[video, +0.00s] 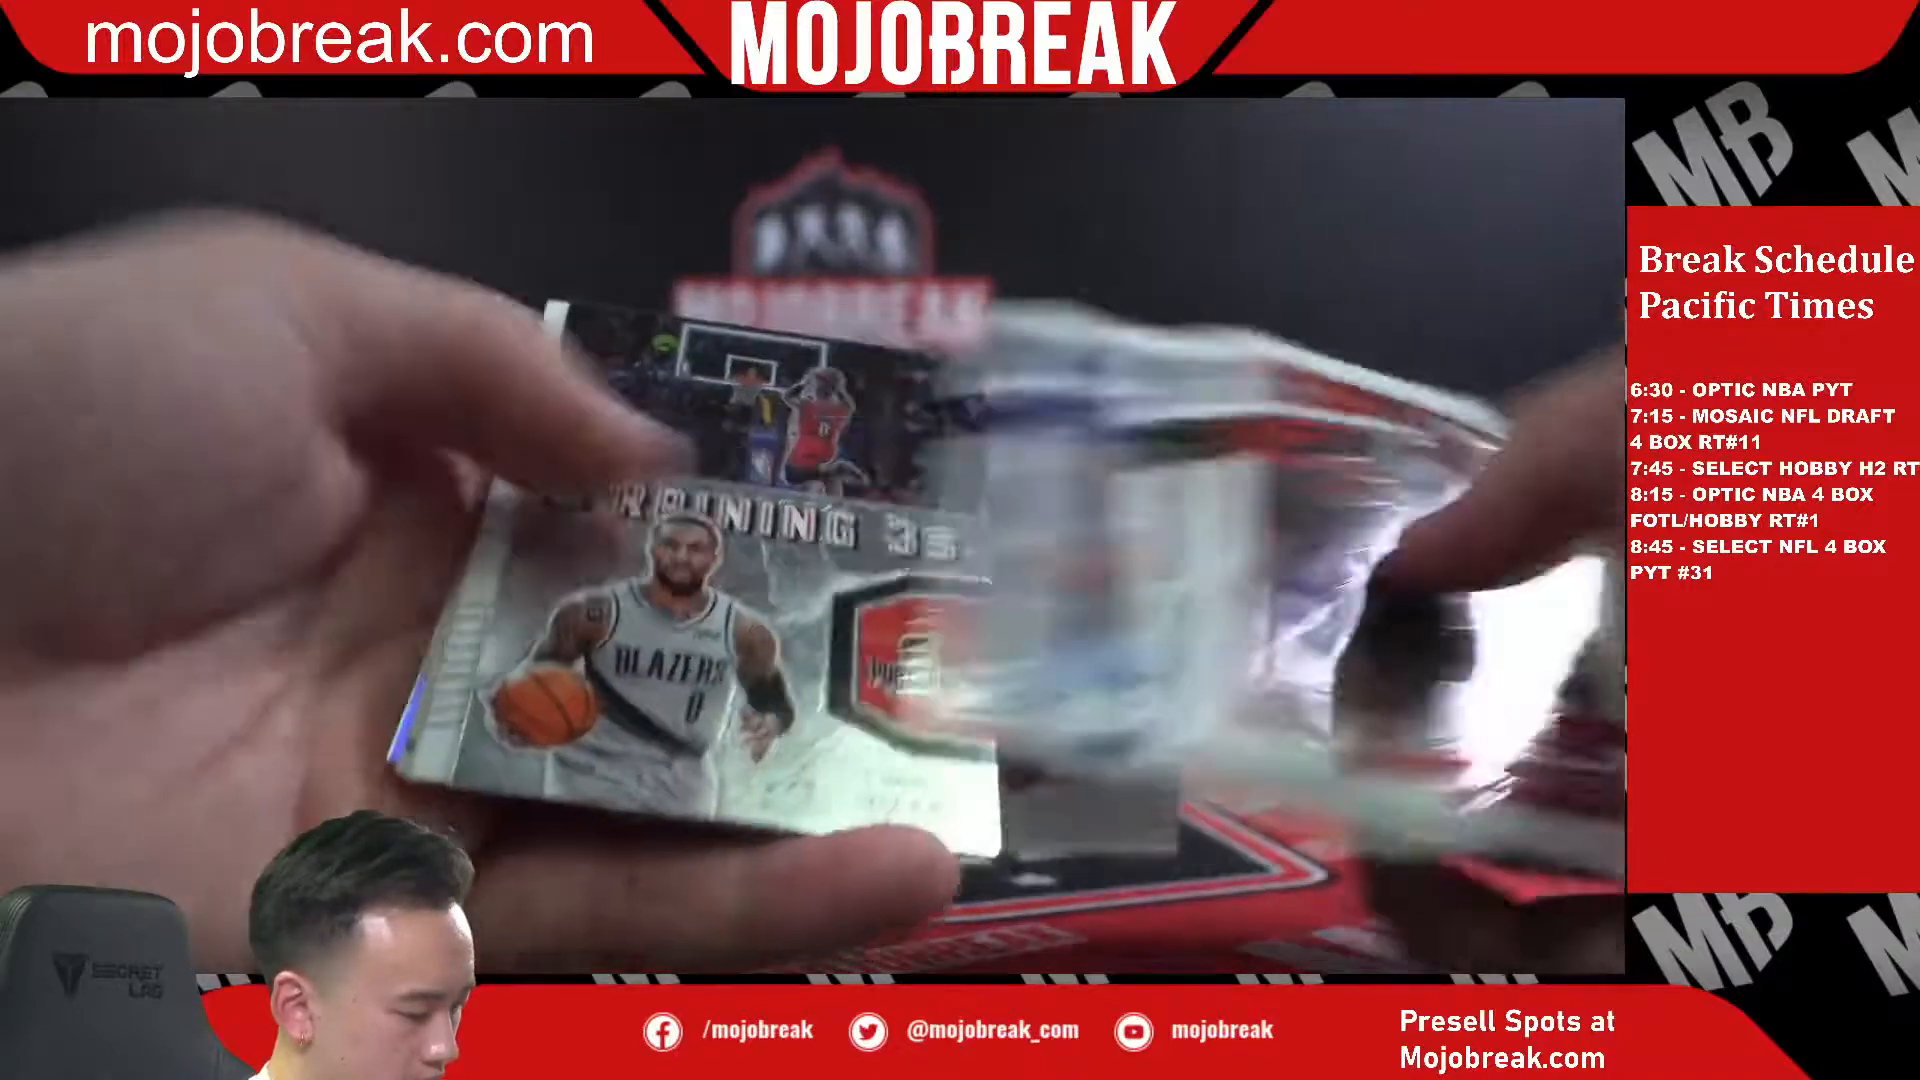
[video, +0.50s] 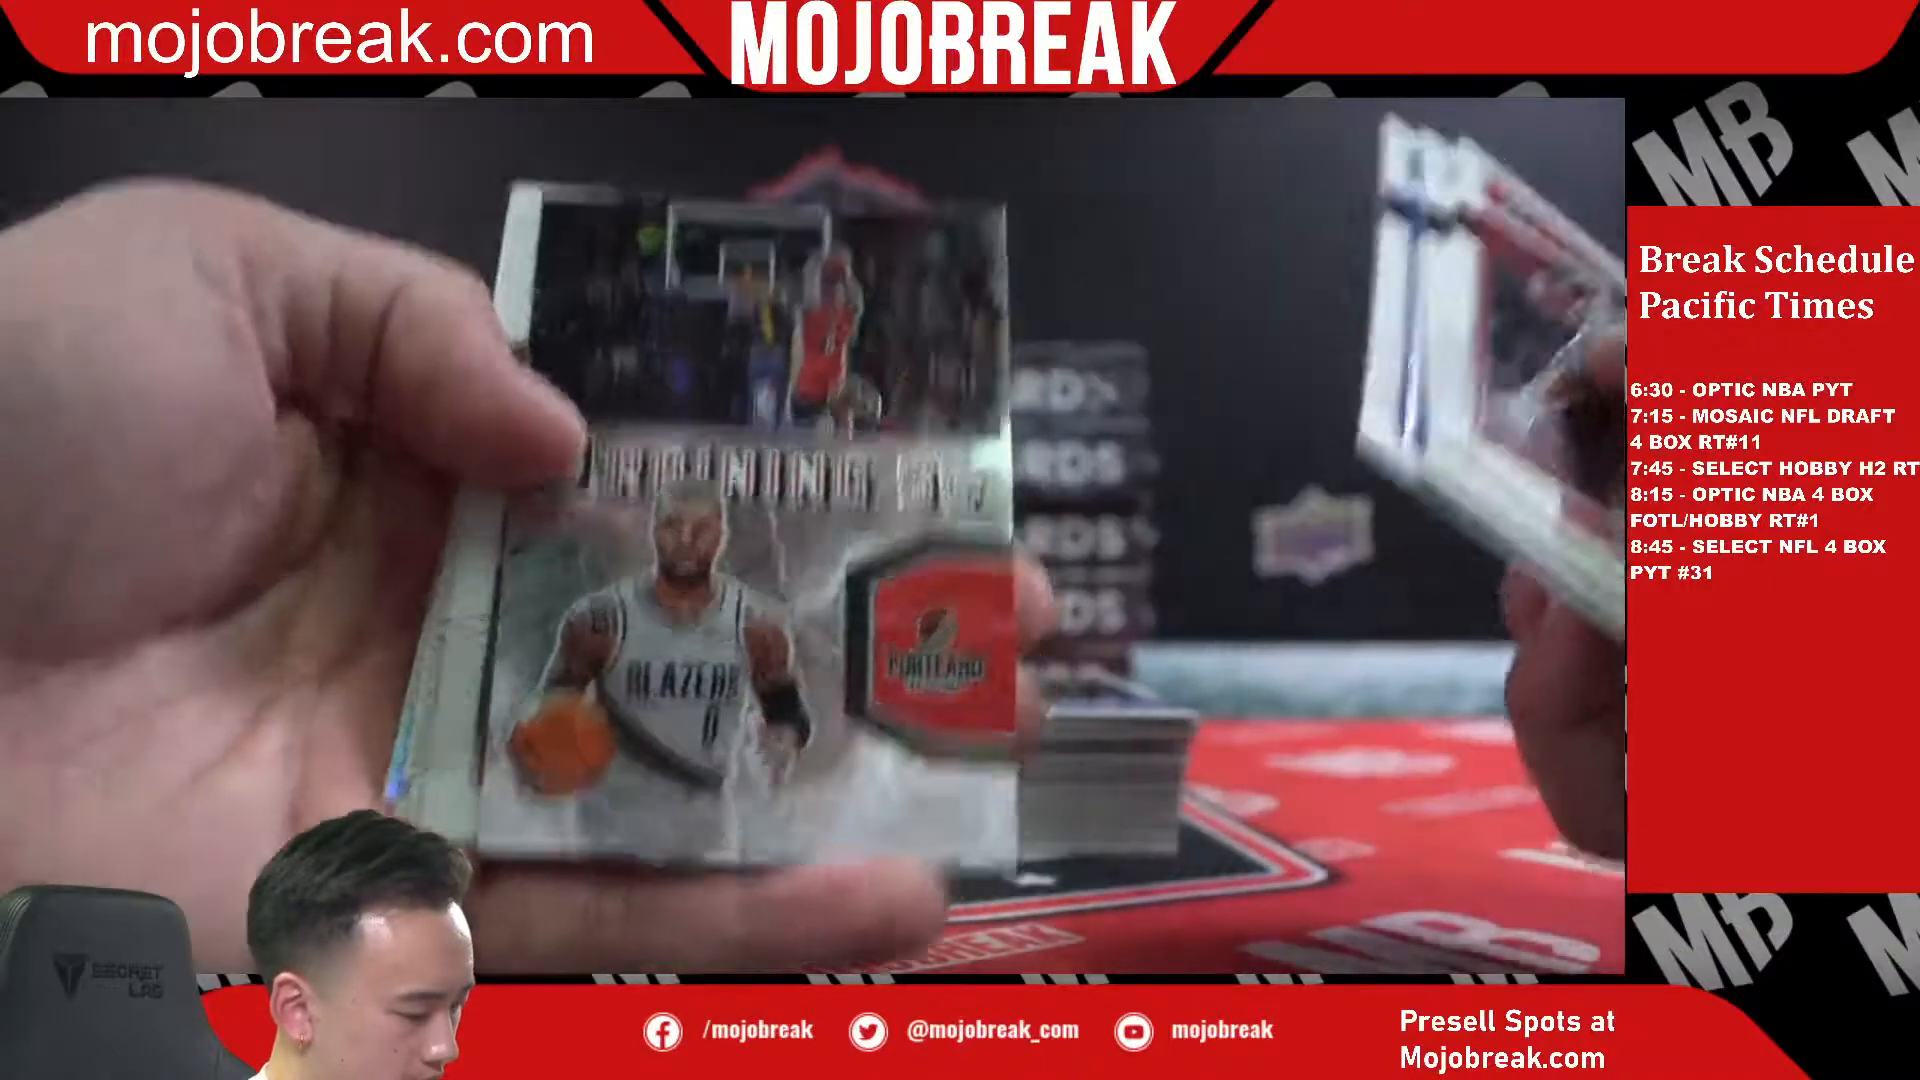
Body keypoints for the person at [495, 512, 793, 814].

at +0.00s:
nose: (682, 558)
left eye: (696, 549)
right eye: (671, 545)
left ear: (716, 559)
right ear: (652, 549)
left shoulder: (746, 634)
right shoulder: (590, 611)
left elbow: (777, 706)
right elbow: (535, 681)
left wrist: (770, 723)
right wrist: (513, 713)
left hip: (681, 789)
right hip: (591, 777)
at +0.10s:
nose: (672, 541)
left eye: (687, 532)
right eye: (661, 529)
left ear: (707, 539)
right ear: (642, 534)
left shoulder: (740, 611)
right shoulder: (584, 593)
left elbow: (776, 682)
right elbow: (527, 656)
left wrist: (765, 703)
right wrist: (504, 694)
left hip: (679, 762)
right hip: (588, 755)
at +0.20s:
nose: (672, 541)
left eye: (687, 531)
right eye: (659, 529)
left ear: (706, 538)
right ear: (639, 534)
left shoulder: (739, 610)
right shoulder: (583, 599)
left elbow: (777, 683)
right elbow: (525, 664)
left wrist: (763, 706)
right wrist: (506, 704)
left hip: (681, 769)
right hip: (589, 763)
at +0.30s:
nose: (686, 539)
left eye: (701, 529)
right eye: (674, 527)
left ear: (721, 540)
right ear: (652, 535)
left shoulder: (758, 618)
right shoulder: (598, 609)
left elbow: (793, 701)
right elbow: (545, 687)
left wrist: (784, 726)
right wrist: (523, 731)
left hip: (701, 795)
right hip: (609, 791)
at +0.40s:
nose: (692, 514)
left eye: (707, 503)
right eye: (679, 501)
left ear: (727, 512)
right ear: (658, 507)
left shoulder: (765, 598)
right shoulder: (605, 593)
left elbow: (801, 686)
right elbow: (553, 676)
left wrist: (791, 714)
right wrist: (534, 725)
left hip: (712, 786)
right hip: (620, 784)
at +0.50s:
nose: (685, 542)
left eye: (702, 529)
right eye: (672, 526)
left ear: (723, 537)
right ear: (654, 533)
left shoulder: (759, 622)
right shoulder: (598, 617)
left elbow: (786, 710)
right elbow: (553, 706)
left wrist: (783, 742)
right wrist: (540, 751)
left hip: (707, 829)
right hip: (616, 826)